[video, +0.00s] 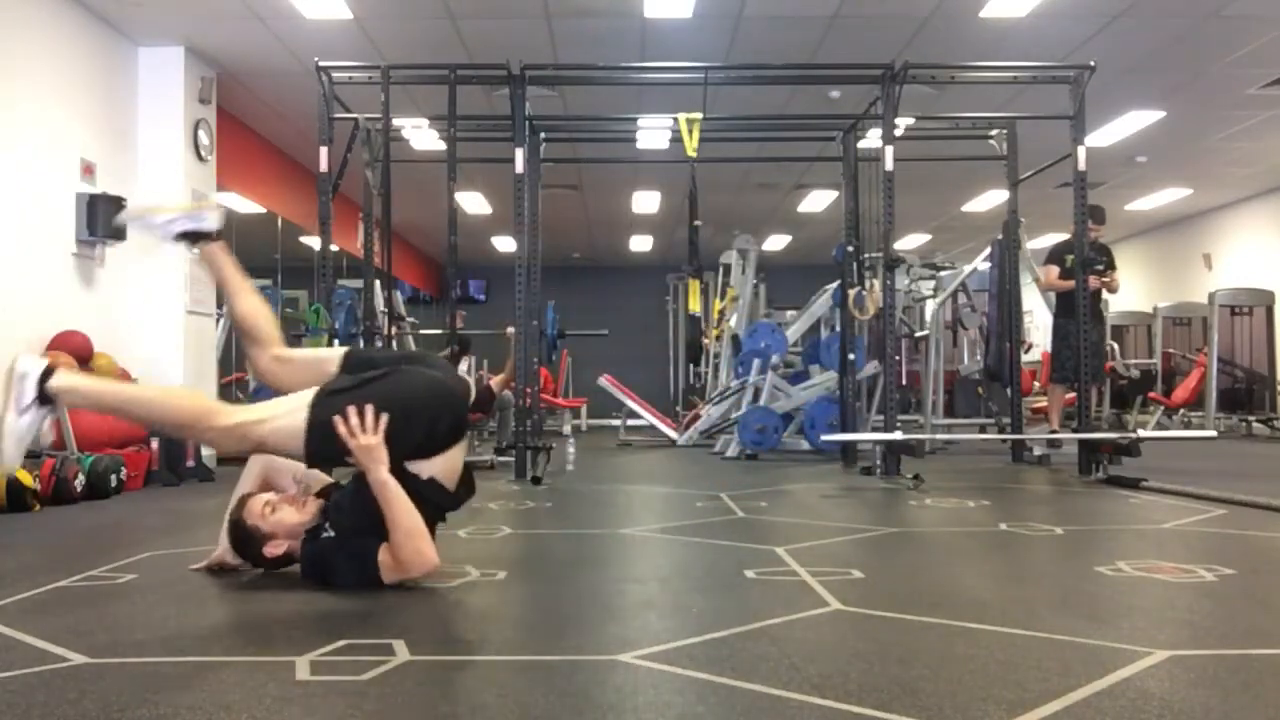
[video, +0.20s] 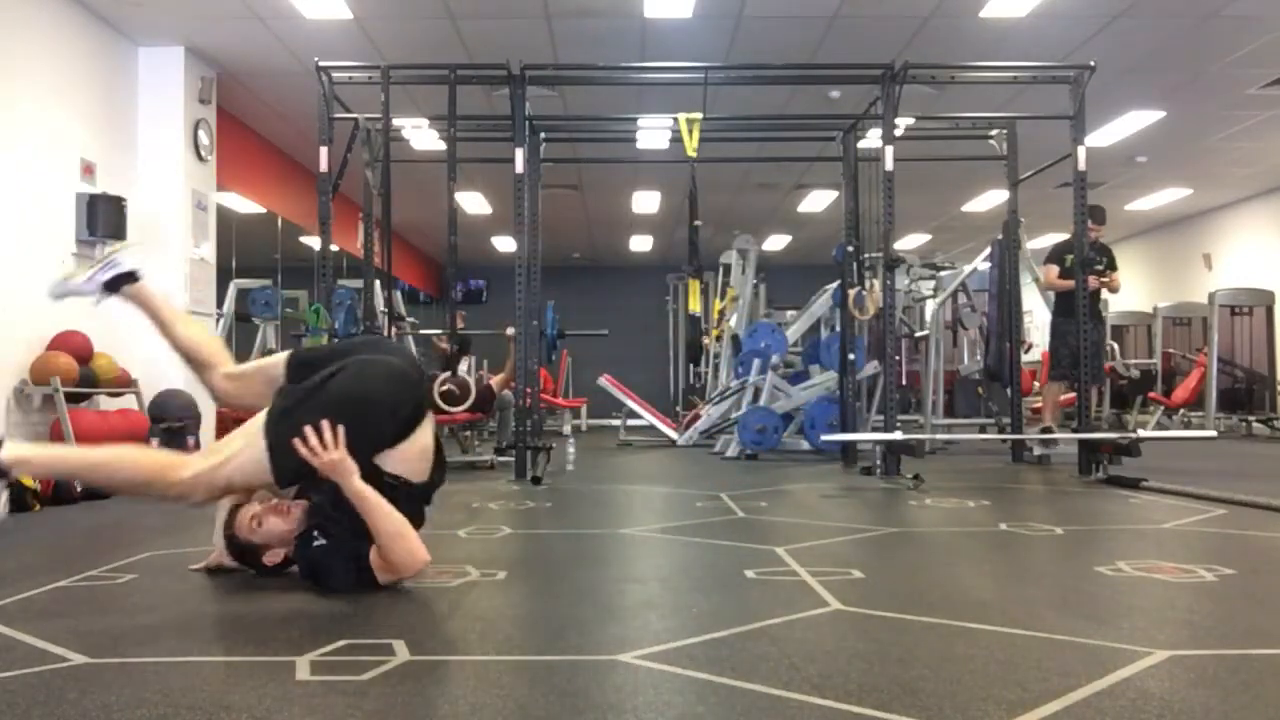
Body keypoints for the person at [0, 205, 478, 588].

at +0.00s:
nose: (277, 497)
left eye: (270, 499)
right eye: (269, 512)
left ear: (289, 498)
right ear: (281, 545)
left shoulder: (327, 507)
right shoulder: (327, 554)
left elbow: (266, 458)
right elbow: (422, 562)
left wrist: (231, 541)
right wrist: (377, 470)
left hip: (418, 384)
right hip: (430, 403)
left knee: (271, 363)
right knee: (225, 428)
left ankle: (208, 240)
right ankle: (51, 383)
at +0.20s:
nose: (268, 507)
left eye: (263, 508)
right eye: (262, 523)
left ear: (277, 503)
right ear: (277, 557)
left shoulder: (325, 516)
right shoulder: (327, 564)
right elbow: (415, 560)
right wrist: (349, 481)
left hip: (387, 363)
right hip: (383, 394)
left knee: (230, 384)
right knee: (190, 480)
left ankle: (129, 284)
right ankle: (11, 457)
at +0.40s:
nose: (253, 521)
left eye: (248, 524)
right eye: (252, 534)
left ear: (256, 518)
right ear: (270, 560)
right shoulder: (328, 563)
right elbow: (405, 566)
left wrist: (211, 552)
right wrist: (323, 498)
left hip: (319, 355)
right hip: (333, 386)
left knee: (182, 401)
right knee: (183, 543)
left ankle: (78, 309)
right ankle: (11, 528)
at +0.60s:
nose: (242, 534)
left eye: (241, 535)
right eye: (246, 543)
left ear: (248, 520)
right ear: (267, 561)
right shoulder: (310, 559)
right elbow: (397, 572)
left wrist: (209, 555)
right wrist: (302, 516)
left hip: (286, 349)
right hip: (301, 384)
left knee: (146, 412)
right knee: (164, 556)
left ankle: (39, 336)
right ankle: (7, 536)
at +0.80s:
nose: (263, 535)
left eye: (262, 541)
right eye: (271, 541)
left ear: (275, 548)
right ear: (305, 552)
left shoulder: (286, 493)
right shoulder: (330, 553)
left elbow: (199, 447)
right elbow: (393, 577)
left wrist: (219, 551)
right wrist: (295, 527)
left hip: (256, 352)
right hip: (273, 384)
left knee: (133, 428)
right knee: (158, 570)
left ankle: (30, 331)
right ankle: (6, 540)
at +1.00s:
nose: (296, 551)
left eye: (301, 557)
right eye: (308, 557)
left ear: (298, 556)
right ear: (331, 559)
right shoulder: (347, 552)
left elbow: (214, 448)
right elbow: (392, 579)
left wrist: (220, 551)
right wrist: (297, 521)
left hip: (252, 356)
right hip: (270, 389)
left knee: (134, 435)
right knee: (162, 577)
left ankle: (41, 319)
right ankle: (5, 541)